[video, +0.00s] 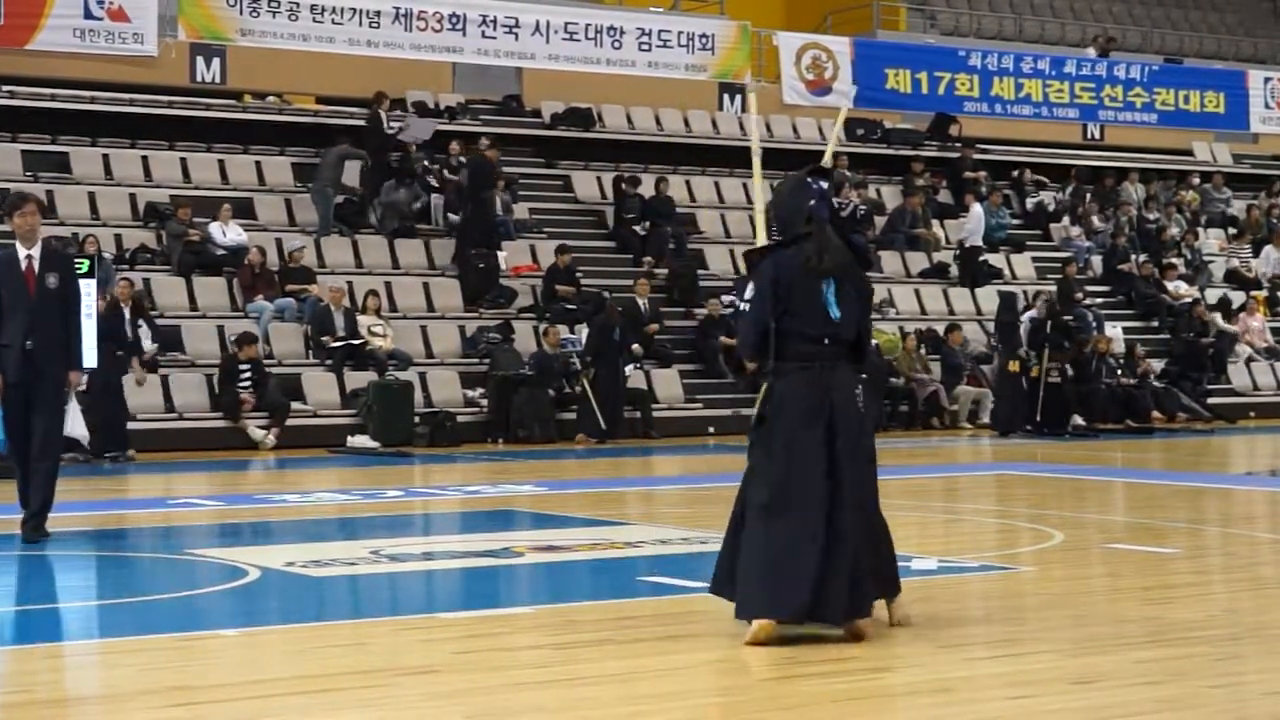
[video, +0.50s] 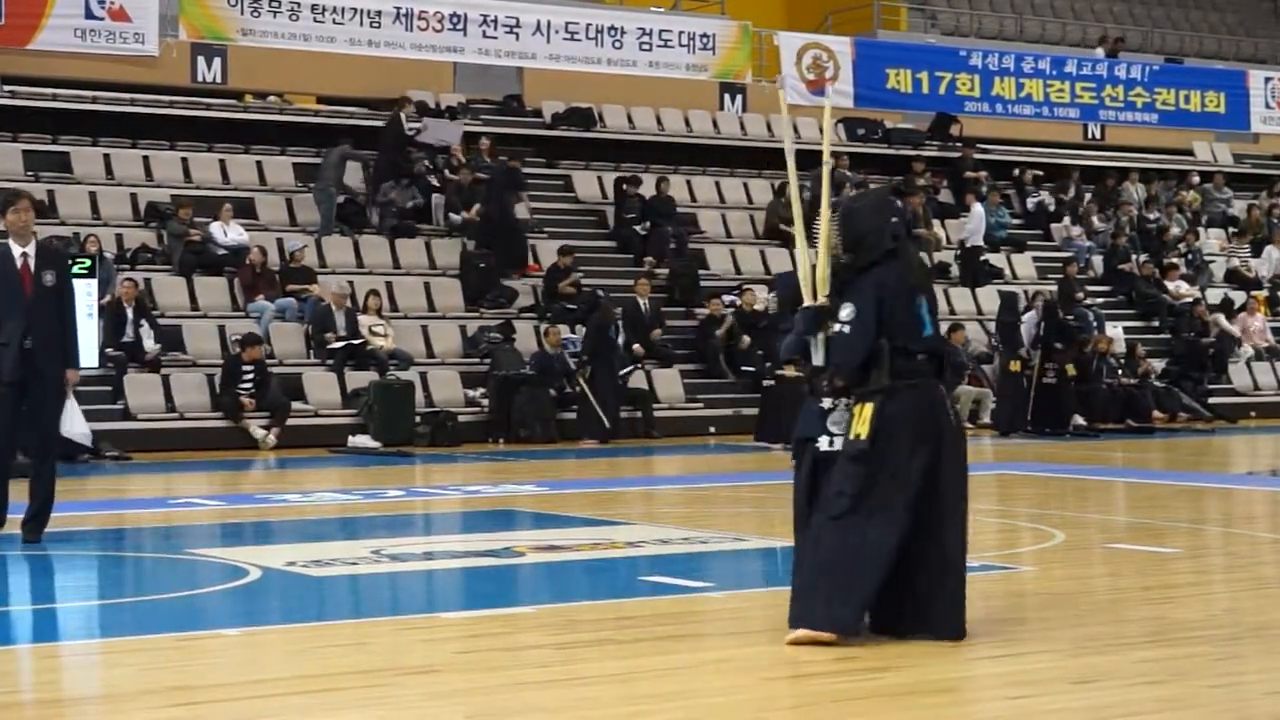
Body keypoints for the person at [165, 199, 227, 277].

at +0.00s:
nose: (186, 213)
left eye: (188, 210)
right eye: (183, 210)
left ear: (191, 212)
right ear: (176, 212)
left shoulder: (194, 224)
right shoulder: (171, 224)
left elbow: (207, 235)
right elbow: (178, 231)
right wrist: (197, 232)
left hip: (200, 251)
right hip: (183, 251)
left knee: (216, 261)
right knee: (187, 264)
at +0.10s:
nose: (186, 213)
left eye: (188, 210)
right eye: (183, 210)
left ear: (191, 212)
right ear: (176, 211)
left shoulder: (194, 225)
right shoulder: (171, 224)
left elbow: (207, 235)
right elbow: (178, 231)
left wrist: (195, 238)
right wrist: (196, 232)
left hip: (200, 251)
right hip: (183, 251)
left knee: (216, 262)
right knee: (187, 264)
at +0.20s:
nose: (187, 212)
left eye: (189, 209)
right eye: (183, 209)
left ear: (192, 211)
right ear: (177, 211)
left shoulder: (194, 224)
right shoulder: (171, 224)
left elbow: (207, 235)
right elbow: (178, 231)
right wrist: (198, 232)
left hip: (200, 250)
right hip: (183, 251)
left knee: (216, 261)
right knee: (187, 264)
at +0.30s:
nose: (186, 212)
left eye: (189, 209)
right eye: (183, 209)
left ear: (192, 211)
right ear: (177, 211)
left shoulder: (194, 224)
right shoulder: (171, 224)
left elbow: (207, 235)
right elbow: (178, 231)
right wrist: (197, 232)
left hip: (200, 250)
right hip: (182, 250)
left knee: (216, 261)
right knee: (187, 263)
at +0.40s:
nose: (187, 212)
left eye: (189, 209)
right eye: (183, 209)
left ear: (192, 211)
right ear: (177, 211)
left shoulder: (194, 224)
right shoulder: (172, 224)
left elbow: (207, 236)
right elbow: (179, 231)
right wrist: (197, 232)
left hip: (200, 250)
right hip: (183, 250)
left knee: (217, 261)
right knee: (188, 263)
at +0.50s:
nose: (187, 212)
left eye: (189, 209)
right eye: (183, 209)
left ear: (192, 211)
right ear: (177, 211)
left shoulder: (195, 224)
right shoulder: (172, 223)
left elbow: (208, 236)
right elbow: (179, 231)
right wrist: (198, 232)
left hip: (201, 250)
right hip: (183, 251)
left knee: (217, 261)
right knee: (187, 264)